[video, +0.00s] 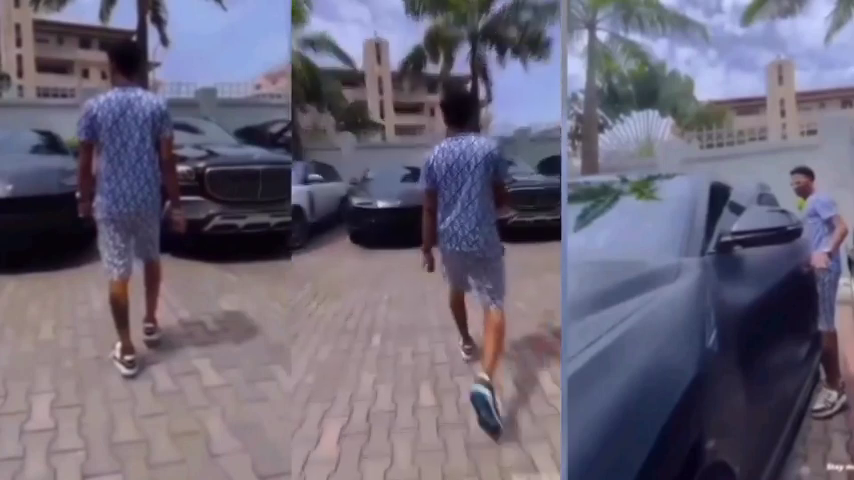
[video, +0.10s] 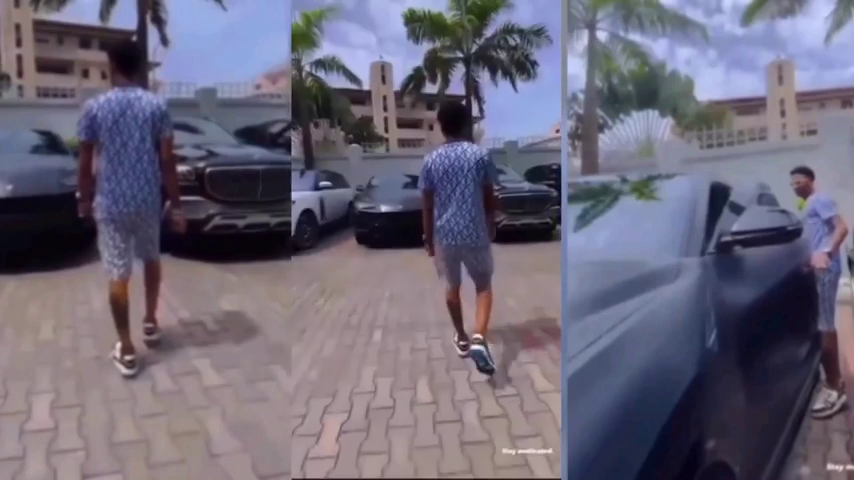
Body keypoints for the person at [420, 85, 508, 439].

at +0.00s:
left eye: (447, 113)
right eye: (473, 112)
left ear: (444, 116)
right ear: (476, 115)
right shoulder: (489, 149)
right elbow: (501, 196)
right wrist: (502, 205)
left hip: (450, 238)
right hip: (483, 238)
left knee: (457, 291)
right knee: (494, 303)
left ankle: (466, 342)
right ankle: (486, 377)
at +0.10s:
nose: (441, 128)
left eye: (440, 124)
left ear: (441, 126)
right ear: (468, 124)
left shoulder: (432, 159)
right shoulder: (480, 155)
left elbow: (427, 204)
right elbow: (489, 195)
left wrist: (427, 237)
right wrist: (491, 223)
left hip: (445, 234)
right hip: (474, 233)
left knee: (452, 286)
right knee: (483, 286)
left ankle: (461, 337)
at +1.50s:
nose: (430, 133)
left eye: (429, 129)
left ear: (430, 130)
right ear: (451, 130)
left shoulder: (418, 158)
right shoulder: (460, 157)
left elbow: (410, 195)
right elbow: (469, 195)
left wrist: (409, 221)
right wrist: (475, 227)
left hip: (428, 224)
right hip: (454, 223)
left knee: (434, 276)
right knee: (456, 263)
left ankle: (440, 333)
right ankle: (454, 300)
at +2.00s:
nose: (401, 133)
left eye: (401, 129)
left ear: (402, 130)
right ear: (424, 130)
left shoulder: (392, 156)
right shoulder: (432, 157)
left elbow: (386, 193)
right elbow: (440, 192)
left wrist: (386, 223)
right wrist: (439, 219)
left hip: (399, 223)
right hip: (425, 223)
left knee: (398, 268)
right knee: (425, 271)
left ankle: (403, 307)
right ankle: (420, 322)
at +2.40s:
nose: (361, 136)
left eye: (358, 131)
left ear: (357, 133)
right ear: (378, 132)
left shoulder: (350, 159)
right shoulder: (391, 158)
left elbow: (348, 199)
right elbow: (400, 195)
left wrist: (346, 230)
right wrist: (404, 222)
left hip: (363, 224)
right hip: (389, 223)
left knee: (367, 269)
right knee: (395, 268)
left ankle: (374, 308)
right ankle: (392, 316)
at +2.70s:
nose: (338, 135)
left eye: (332, 130)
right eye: (346, 130)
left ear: (328, 131)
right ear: (350, 131)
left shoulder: (316, 156)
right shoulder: (360, 156)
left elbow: (308, 194)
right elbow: (368, 192)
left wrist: (309, 222)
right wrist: (375, 220)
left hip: (329, 224)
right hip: (357, 223)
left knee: (338, 276)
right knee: (366, 262)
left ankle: (347, 325)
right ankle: (365, 304)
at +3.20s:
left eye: (303, 131)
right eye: (322, 132)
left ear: (302, 132)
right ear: (323, 133)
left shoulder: (292, 156)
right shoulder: (331, 160)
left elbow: (286, 188)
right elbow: (341, 194)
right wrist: (344, 221)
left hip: (299, 219)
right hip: (326, 219)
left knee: (301, 263)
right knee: (329, 266)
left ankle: (307, 306)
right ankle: (325, 311)